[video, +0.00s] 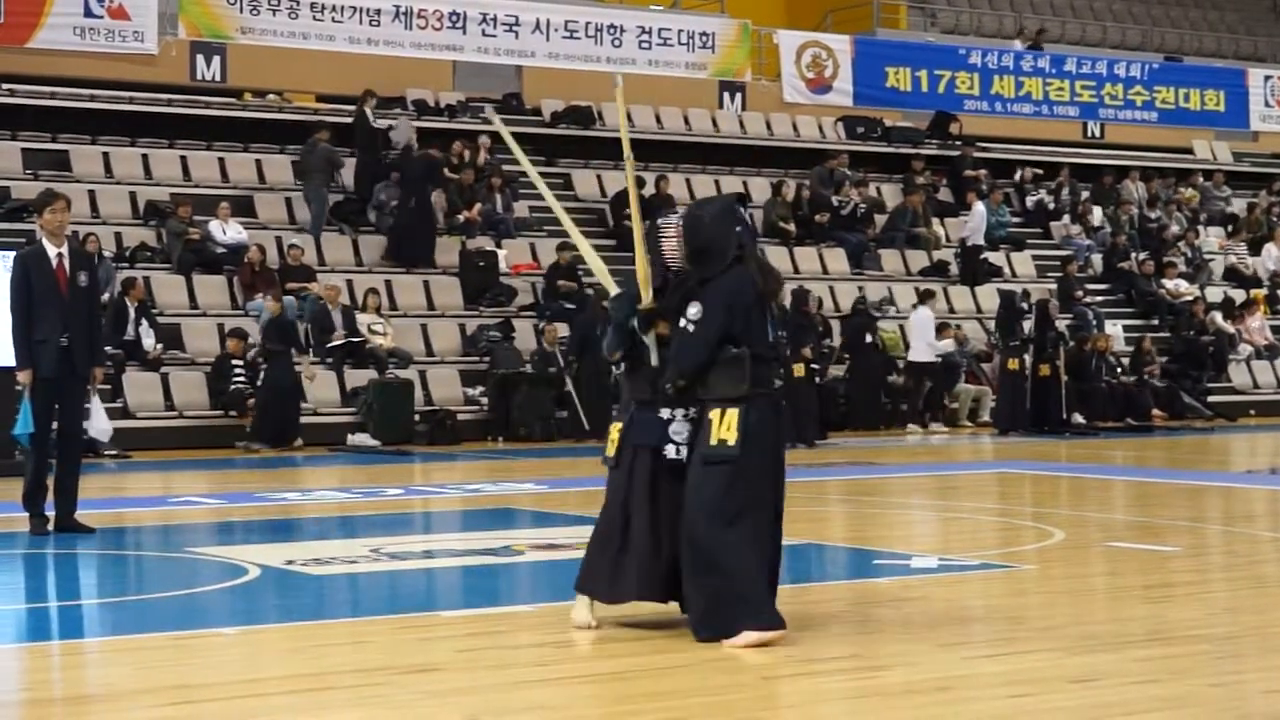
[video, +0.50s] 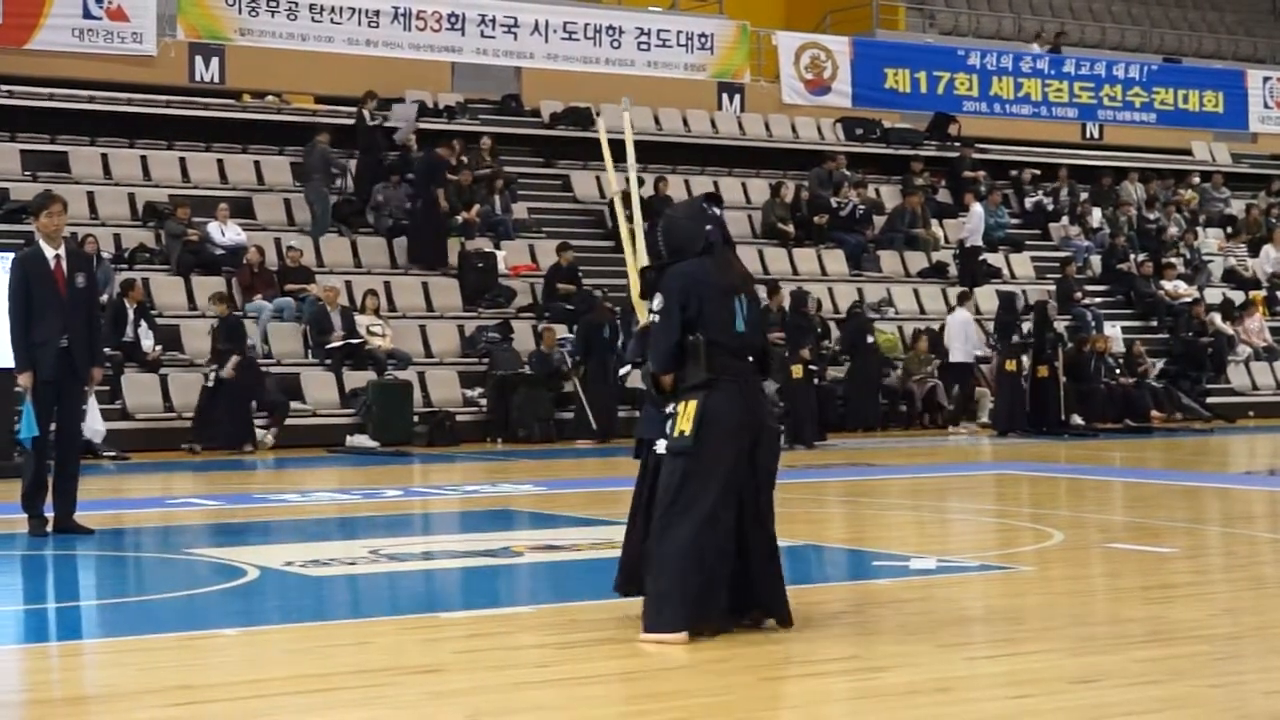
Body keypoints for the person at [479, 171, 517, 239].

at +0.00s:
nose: (496, 181)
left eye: (498, 178)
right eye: (494, 178)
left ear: (501, 180)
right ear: (490, 180)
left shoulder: (506, 192)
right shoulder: (486, 192)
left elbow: (511, 210)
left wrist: (506, 216)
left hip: (505, 218)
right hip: (491, 218)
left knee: (502, 227)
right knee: (507, 219)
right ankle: (513, 241)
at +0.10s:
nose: (497, 181)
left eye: (499, 178)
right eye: (494, 178)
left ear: (502, 180)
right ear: (491, 180)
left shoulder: (506, 192)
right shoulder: (486, 193)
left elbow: (511, 210)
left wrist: (505, 216)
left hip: (505, 219)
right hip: (491, 219)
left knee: (502, 228)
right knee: (507, 219)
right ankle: (514, 241)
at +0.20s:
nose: (498, 181)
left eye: (500, 179)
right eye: (496, 179)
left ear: (503, 181)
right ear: (492, 180)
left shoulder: (506, 193)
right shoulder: (487, 193)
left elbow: (511, 210)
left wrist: (506, 217)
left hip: (505, 217)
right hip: (491, 218)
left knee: (501, 228)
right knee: (506, 219)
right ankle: (513, 241)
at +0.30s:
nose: (499, 182)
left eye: (501, 180)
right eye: (497, 180)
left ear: (503, 182)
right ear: (493, 182)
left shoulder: (506, 194)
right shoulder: (487, 194)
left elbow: (510, 211)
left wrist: (506, 217)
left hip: (505, 217)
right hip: (491, 218)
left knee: (501, 228)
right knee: (506, 219)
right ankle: (512, 241)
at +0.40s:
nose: (500, 183)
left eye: (501, 181)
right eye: (497, 181)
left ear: (504, 183)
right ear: (493, 183)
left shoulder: (505, 195)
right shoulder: (487, 194)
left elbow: (510, 211)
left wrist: (506, 218)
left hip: (505, 218)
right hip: (491, 219)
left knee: (501, 229)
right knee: (506, 220)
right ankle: (512, 241)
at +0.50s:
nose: (500, 184)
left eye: (501, 181)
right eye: (498, 181)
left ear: (503, 183)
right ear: (493, 183)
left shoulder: (505, 195)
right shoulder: (487, 195)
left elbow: (510, 211)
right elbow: (485, 211)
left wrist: (506, 218)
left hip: (504, 218)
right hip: (491, 219)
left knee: (501, 229)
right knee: (506, 220)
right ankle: (512, 241)